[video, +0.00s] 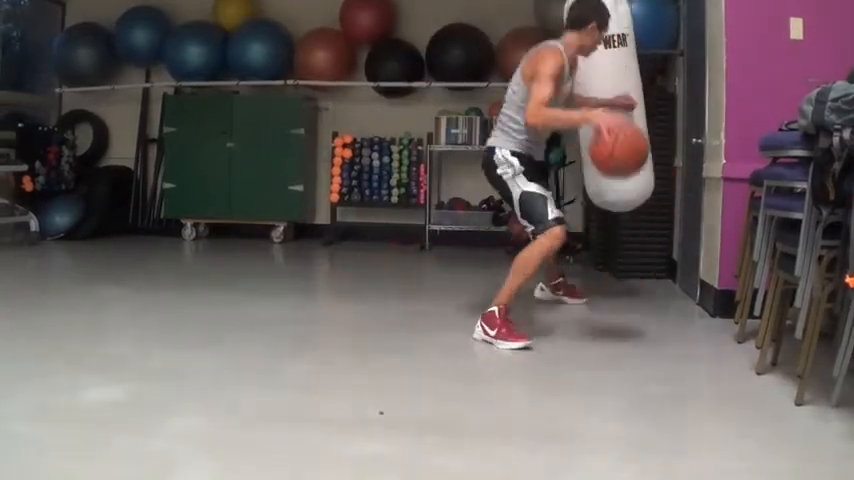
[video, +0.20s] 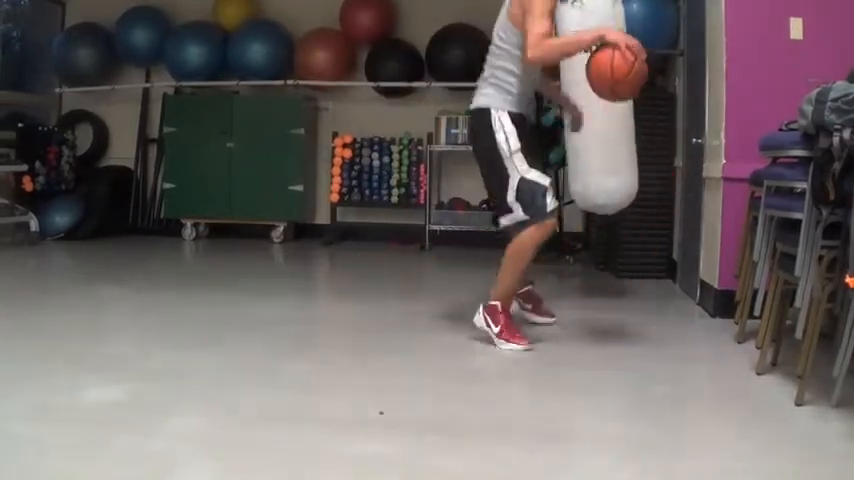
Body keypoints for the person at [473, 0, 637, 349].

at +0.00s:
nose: (601, 42)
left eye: (603, 35)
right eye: (601, 34)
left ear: (583, 26)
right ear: (589, 28)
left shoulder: (567, 58)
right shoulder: (549, 57)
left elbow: (563, 100)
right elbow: (536, 115)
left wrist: (606, 103)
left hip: (530, 156)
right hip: (506, 154)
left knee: (552, 221)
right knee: (552, 234)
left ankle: (550, 282)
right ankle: (494, 316)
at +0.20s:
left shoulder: (545, 11)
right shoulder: (535, 3)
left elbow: (531, 70)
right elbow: (535, 52)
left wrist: (562, 99)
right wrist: (600, 34)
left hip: (517, 113)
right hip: (495, 112)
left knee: (536, 214)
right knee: (542, 218)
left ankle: (517, 288)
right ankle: (494, 309)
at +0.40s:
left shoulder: (495, 5)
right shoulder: (532, 2)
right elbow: (532, 64)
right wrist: (591, 88)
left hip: (472, 109)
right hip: (486, 108)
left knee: (522, 215)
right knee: (540, 215)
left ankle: (495, 311)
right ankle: (468, 325)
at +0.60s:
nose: (531, 14)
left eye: (530, 12)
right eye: (531, 11)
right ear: (522, 3)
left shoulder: (448, 25)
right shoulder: (520, 23)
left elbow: (431, 111)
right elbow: (517, 108)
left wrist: (415, 179)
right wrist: (514, 165)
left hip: (439, 152)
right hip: (478, 142)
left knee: (507, 227)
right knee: (521, 265)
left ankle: (500, 315)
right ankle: (455, 381)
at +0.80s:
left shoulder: (394, 1)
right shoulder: (497, 1)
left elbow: (339, 35)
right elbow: (501, 71)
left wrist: (282, 80)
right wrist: (506, 153)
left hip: (378, 111)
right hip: (440, 109)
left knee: (398, 226)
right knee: (488, 255)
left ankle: (377, 339)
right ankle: (451, 387)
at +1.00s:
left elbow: (269, 27)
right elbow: (445, 50)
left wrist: (267, 76)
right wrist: (475, 141)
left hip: (310, 111)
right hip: (383, 114)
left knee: (247, 237)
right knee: (463, 241)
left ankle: (165, 356)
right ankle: (476, 368)